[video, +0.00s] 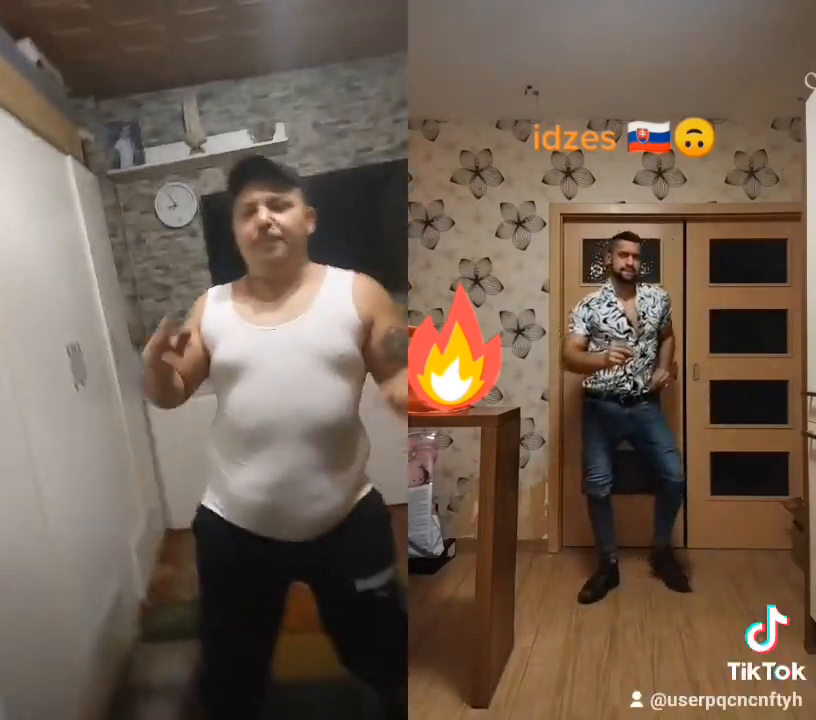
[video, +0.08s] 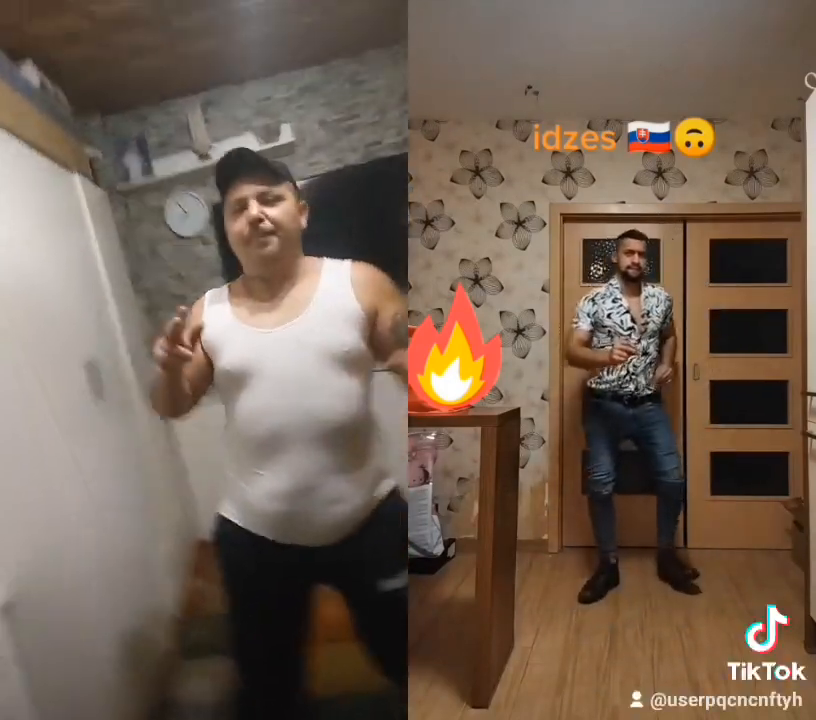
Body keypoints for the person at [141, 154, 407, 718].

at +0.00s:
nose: (266, 220)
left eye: (280, 205)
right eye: (249, 211)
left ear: (309, 220)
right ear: (234, 233)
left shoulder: (358, 294)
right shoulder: (213, 307)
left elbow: (398, 377)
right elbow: (168, 397)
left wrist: (415, 391)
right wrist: (158, 367)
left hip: (343, 523)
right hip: (237, 529)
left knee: (383, 671)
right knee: (229, 688)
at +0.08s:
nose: (257, 215)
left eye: (270, 199)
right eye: (240, 207)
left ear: (302, 212)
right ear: (226, 233)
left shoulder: (359, 284)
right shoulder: (208, 316)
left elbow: (419, 361)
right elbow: (171, 407)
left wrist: (425, 351)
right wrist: (171, 368)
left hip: (365, 523)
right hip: (258, 534)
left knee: (405, 669)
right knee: (267, 692)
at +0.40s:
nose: (182, 208)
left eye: (192, 190)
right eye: (159, 203)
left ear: (221, 201)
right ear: (143, 233)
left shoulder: (297, 249)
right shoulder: (162, 331)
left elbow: (389, 301)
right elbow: (159, 446)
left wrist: (400, 264)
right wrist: (163, 419)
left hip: (395, 489)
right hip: (297, 537)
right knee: (357, 687)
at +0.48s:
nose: (152, 205)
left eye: (164, 186)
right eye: (128, 200)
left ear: (192, 197)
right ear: (111, 233)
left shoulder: (266, 245)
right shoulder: (134, 338)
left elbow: (374, 297)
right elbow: (132, 449)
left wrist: (376, 251)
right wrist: (140, 424)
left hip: (384, 490)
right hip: (280, 544)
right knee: (345, 693)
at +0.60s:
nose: (122, 202)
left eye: (132, 184)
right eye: (97, 196)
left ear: (161, 200)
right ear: (78, 233)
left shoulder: (235, 249)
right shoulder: (96, 343)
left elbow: (343, 298)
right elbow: (89, 431)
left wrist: (341, 252)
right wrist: (106, 450)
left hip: (361, 502)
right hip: (250, 562)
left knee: (448, 641)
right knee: (310, 709)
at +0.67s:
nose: (116, 217)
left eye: (127, 199)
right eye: (92, 210)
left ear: (152, 213)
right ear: (69, 242)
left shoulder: (222, 270)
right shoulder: (77, 358)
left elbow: (322, 329)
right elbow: (71, 450)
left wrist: (335, 291)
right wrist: (91, 487)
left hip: (337, 536)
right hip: (220, 592)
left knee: (393, 687)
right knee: (265, 716)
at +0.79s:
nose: (122, 229)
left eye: (136, 213)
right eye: (99, 219)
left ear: (159, 229)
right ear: (73, 246)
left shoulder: (220, 297)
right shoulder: (64, 362)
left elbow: (308, 390)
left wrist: (304, 350)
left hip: (305, 588)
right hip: (169, 630)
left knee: (372, 706)